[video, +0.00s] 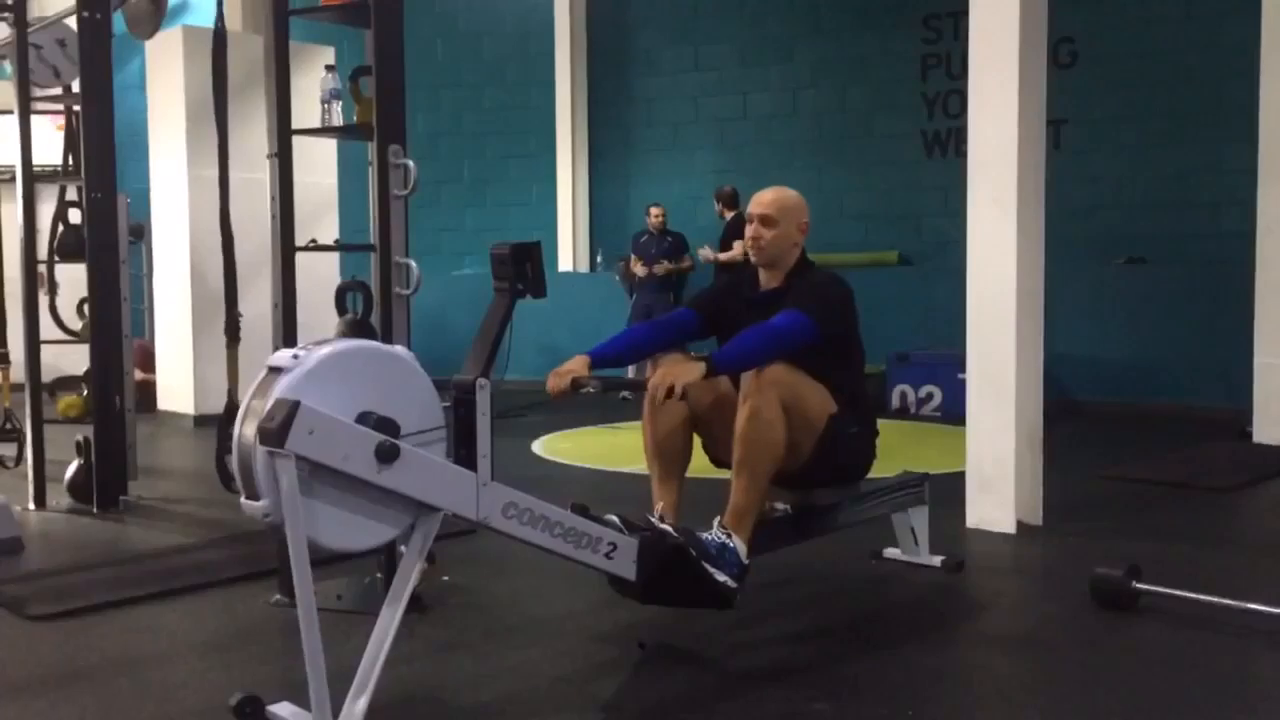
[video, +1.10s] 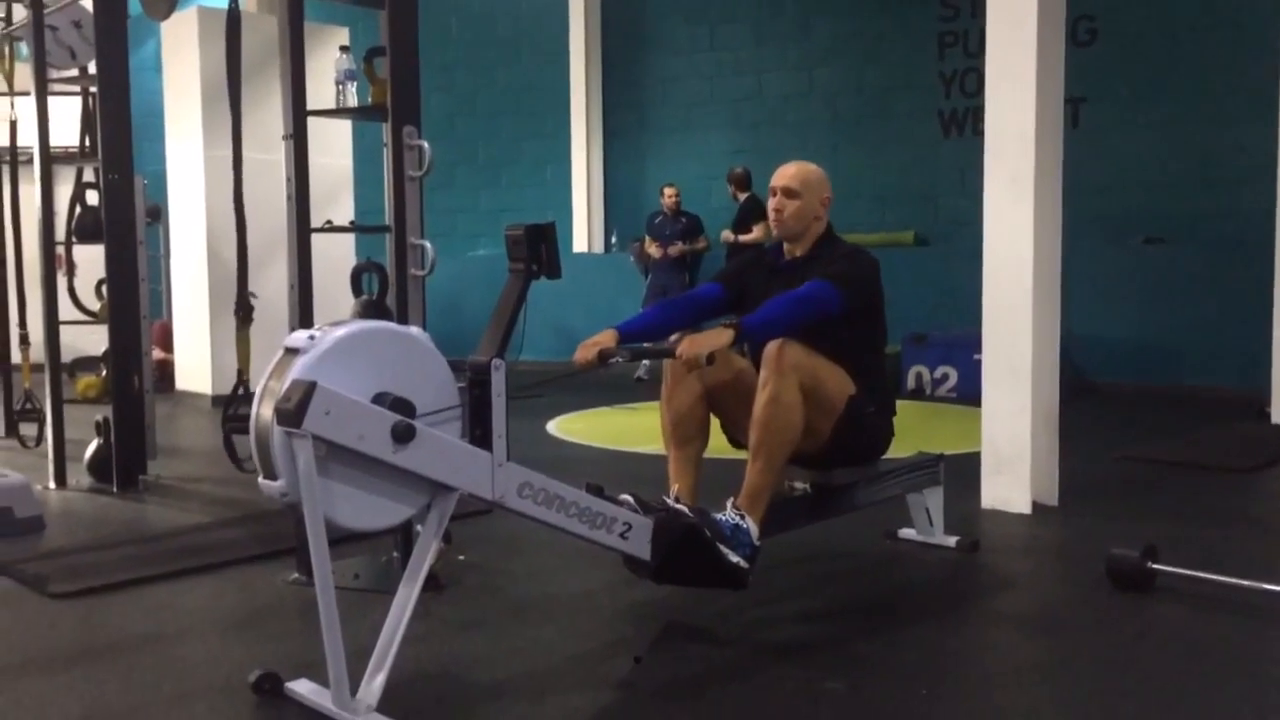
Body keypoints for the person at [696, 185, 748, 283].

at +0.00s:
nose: (715, 208)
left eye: (715, 204)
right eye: (714, 204)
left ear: (721, 205)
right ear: (735, 202)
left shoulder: (735, 223)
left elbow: (739, 253)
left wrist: (714, 257)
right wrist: (714, 255)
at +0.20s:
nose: (721, 210)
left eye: (721, 206)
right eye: (720, 206)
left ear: (726, 207)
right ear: (741, 203)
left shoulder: (735, 224)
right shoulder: (749, 221)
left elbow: (711, 242)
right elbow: (713, 241)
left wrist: (678, 247)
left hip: (731, 286)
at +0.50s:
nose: (722, 210)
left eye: (722, 207)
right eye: (721, 207)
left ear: (727, 208)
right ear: (743, 205)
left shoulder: (737, 226)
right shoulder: (750, 223)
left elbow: (709, 245)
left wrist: (680, 247)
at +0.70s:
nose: (719, 210)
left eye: (719, 206)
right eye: (719, 206)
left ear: (724, 207)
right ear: (739, 204)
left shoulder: (740, 224)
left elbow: (740, 257)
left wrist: (715, 256)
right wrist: (714, 256)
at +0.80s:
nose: (718, 209)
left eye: (718, 205)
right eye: (717, 205)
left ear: (722, 206)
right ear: (737, 203)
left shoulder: (741, 222)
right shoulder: (733, 223)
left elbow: (750, 253)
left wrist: (726, 258)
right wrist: (722, 256)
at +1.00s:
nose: (724, 199)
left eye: (724, 195)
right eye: (723, 195)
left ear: (728, 196)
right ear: (742, 192)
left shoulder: (747, 212)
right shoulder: (741, 212)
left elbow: (756, 243)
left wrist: (729, 246)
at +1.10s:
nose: (729, 190)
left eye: (729, 186)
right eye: (728, 186)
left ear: (733, 187)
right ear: (747, 183)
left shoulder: (752, 203)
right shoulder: (746, 204)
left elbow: (761, 234)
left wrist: (735, 238)